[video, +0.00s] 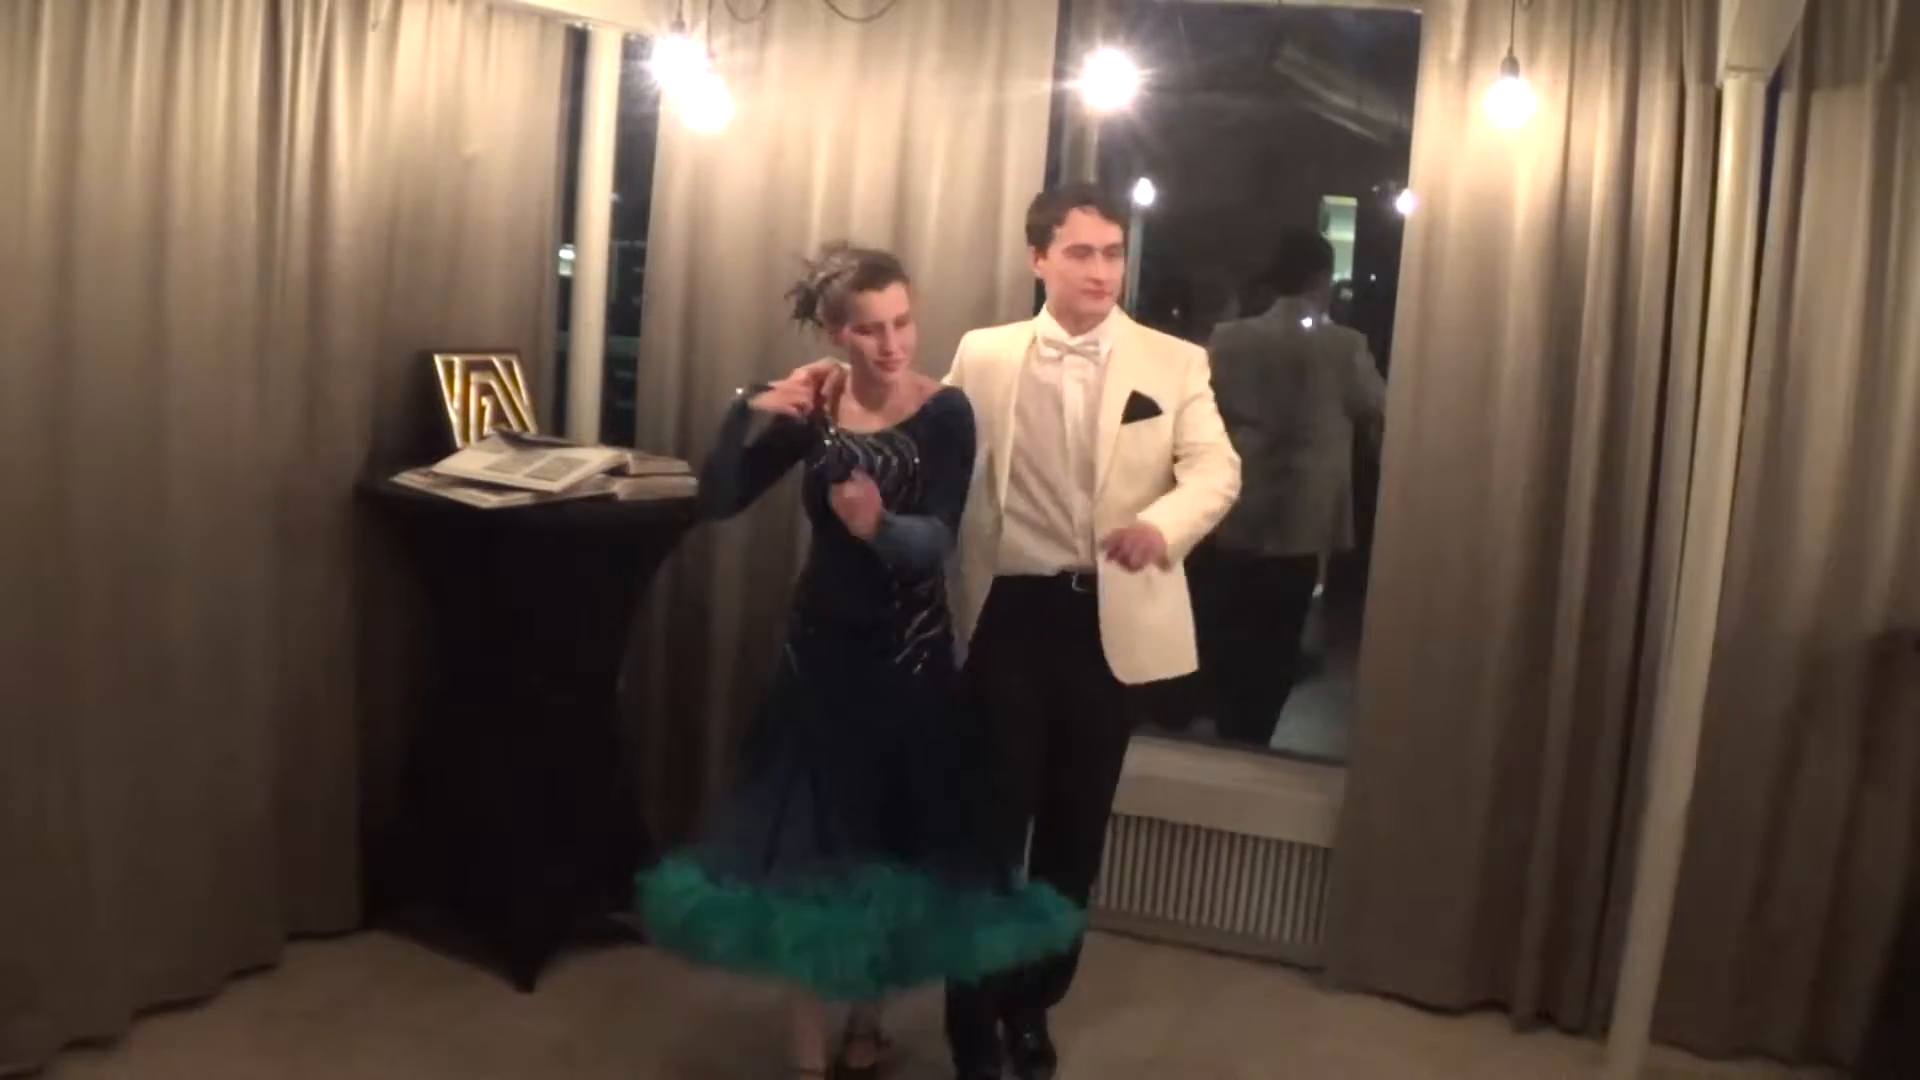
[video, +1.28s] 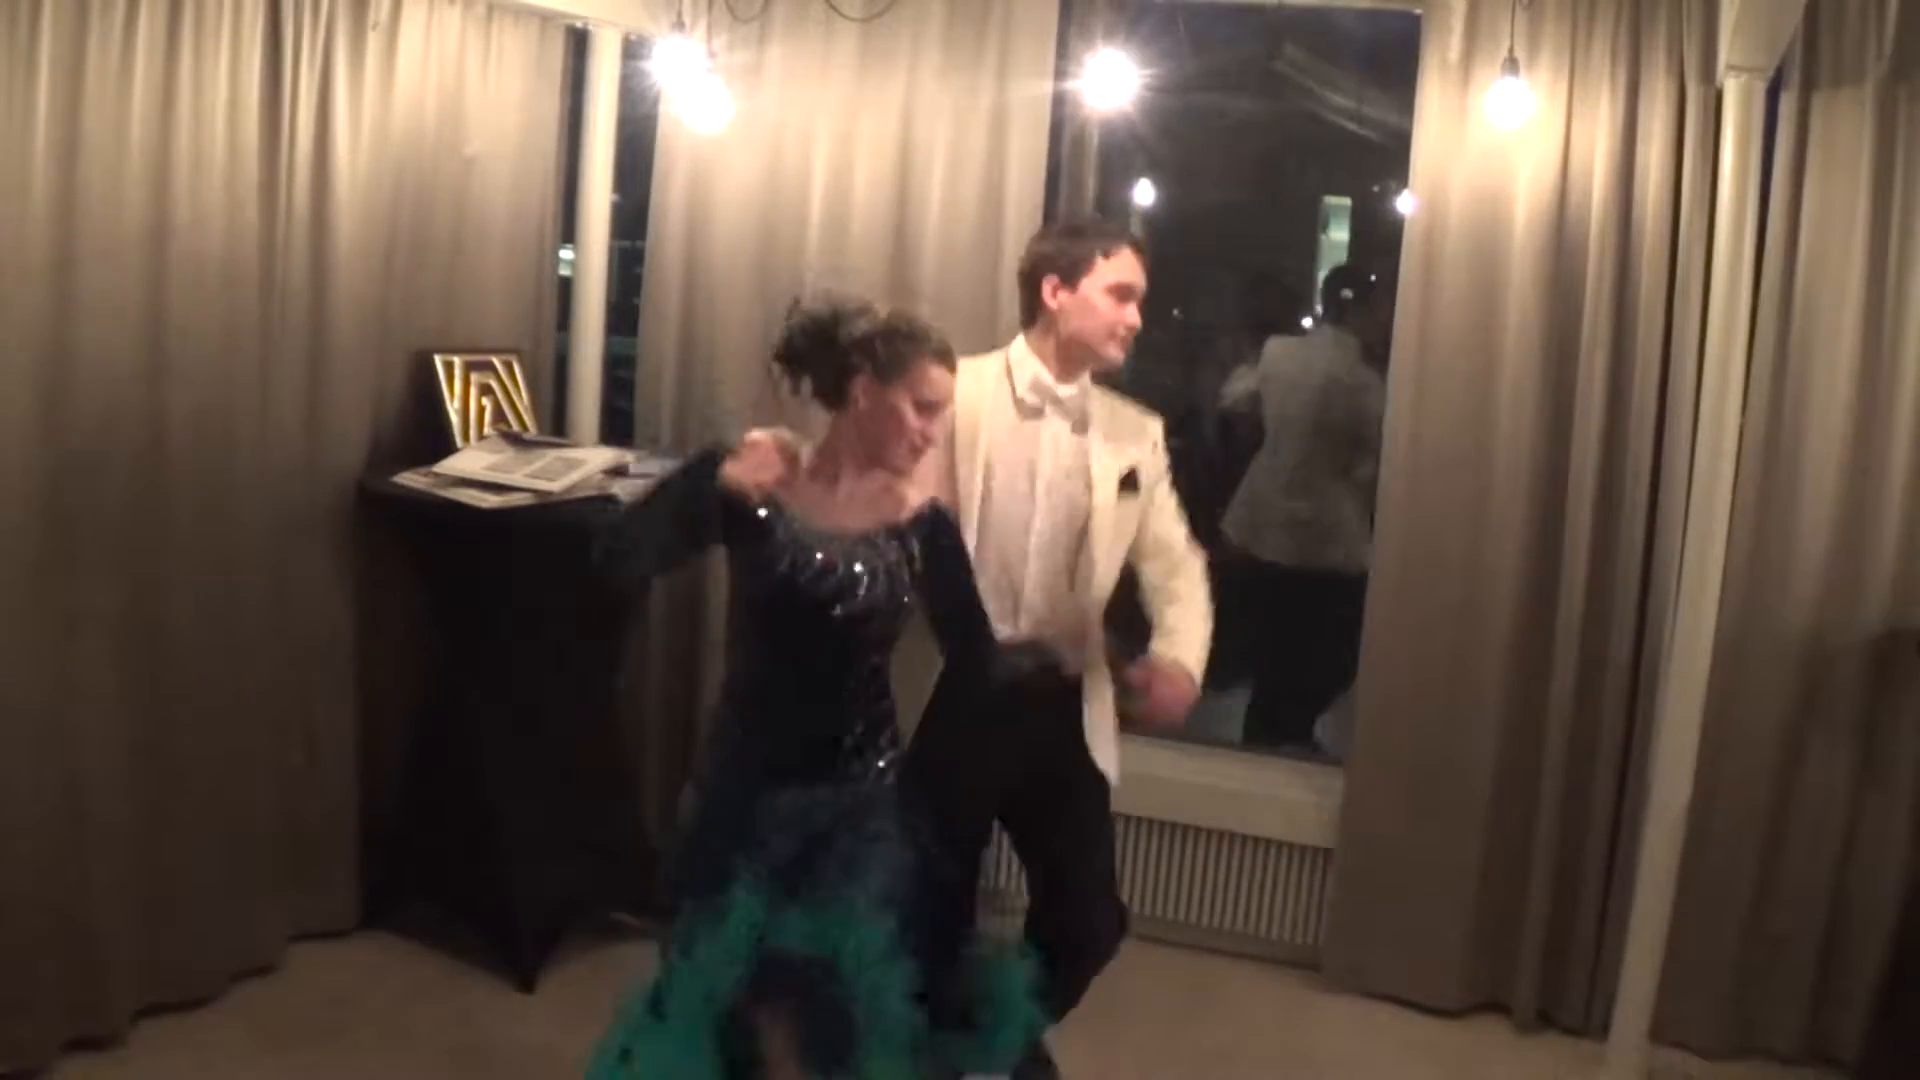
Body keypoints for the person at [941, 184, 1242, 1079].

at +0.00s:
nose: (1098, 269)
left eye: (1112, 253)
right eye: (1079, 252)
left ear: (1126, 263)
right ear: (1039, 261)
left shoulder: (1174, 363)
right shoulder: (981, 355)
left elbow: (1215, 470)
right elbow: (933, 473)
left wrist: (1160, 524)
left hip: (1112, 620)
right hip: (1003, 613)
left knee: (1074, 827)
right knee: (988, 820)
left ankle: (1031, 1008)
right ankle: (974, 1027)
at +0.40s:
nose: (1098, 290)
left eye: (1110, 274)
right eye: (1078, 272)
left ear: (1123, 284)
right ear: (1032, 278)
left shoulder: (1166, 396)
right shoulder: (963, 377)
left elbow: (1185, 540)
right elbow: (917, 513)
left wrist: (1152, 651)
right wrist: (914, 647)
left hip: (1095, 655)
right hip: (985, 644)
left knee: (1089, 852)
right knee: (984, 847)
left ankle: (1049, 982)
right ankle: (986, 1024)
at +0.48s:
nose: (1097, 312)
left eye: (1108, 296)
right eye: (1076, 294)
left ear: (1119, 307)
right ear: (1027, 302)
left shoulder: (1158, 421)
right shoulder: (952, 403)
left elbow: (1178, 576)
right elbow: (911, 544)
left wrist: (1162, 697)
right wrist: (915, 675)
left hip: (1094, 679)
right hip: (980, 673)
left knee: (1104, 887)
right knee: (978, 879)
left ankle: (1061, 954)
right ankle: (983, 1041)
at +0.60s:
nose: (1108, 275)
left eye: (1117, 260)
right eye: (1089, 256)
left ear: (1125, 272)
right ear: (1033, 262)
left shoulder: (1157, 379)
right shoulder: (954, 353)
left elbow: (1215, 516)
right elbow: (867, 425)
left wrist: (1200, 642)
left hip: (1101, 649)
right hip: (979, 639)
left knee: (1098, 867)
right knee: (985, 852)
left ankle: (1059, 1037)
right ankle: (986, 1034)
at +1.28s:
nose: (1134, 319)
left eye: (1139, 301)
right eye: (1118, 296)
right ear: (1054, 292)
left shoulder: (1134, 433)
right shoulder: (953, 394)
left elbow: (1175, 566)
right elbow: (887, 515)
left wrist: (1180, 655)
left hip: (1069, 706)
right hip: (959, 694)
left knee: (1087, 924)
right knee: (932, 907)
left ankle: (1009, 1035)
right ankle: (928, 1048)